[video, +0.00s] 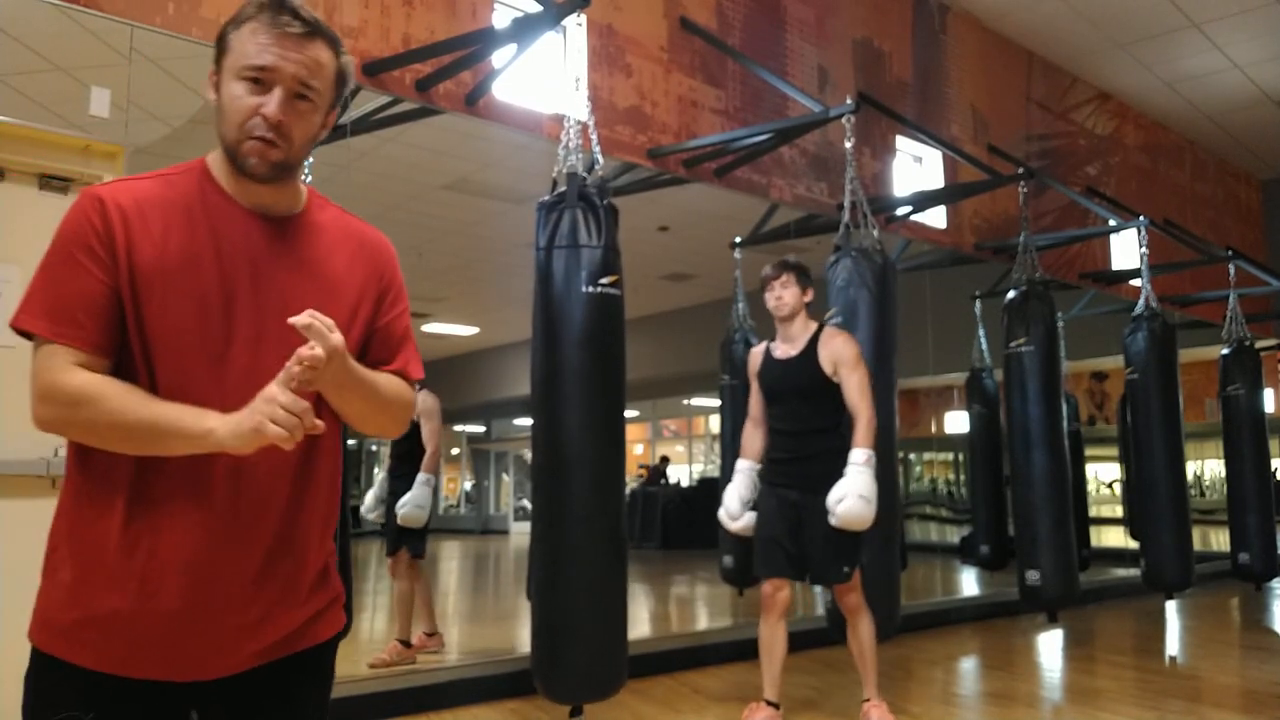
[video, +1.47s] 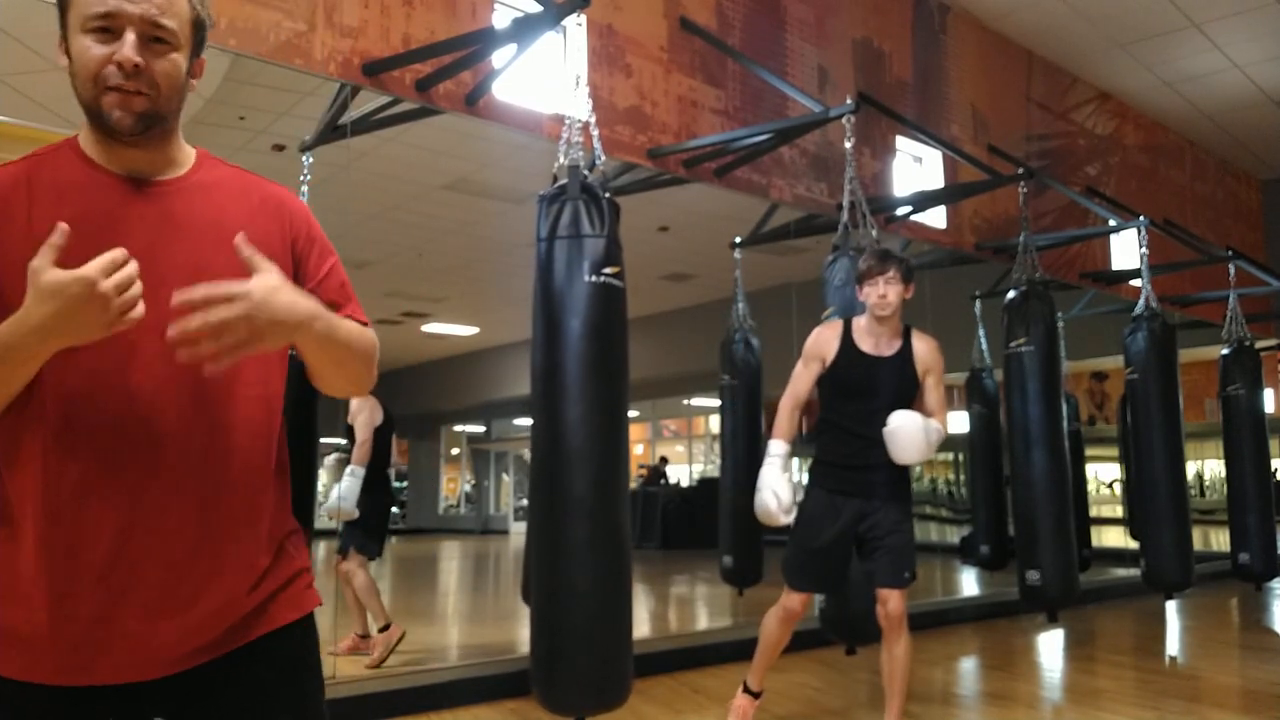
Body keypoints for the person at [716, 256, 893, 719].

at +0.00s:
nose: (776, 293)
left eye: (785, 285)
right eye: (770, 288)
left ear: (807, 294)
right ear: (765, 300)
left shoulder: (836, 343)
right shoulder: (760, 356)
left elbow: (864, 413)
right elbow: (755, 424)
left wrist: (860, 472)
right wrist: (742, 484)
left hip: (831, 489)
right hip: (777, 491)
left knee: (849, 598)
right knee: (773, 597)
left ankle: (872, 699)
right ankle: (769, 704)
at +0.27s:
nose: (766, 293)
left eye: (775, 285)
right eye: (758, 287)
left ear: (794, 292)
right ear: (751, 298)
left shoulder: (824, 340)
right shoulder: (744, 352)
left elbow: (855, 407)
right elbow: (737, 419)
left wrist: (851, 462)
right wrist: (728, 476)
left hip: (821, 487)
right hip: (766, 491)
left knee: (837, 597)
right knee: (768, 599)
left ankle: (871, 687)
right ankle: (768, 703)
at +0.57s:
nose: (792, 290)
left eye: (801, 282)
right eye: (784, 283)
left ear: (820, 291)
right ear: (774, 294)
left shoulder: (849, 341)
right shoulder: (760, 349)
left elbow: (877, 407)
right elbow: (744, 416)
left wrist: (873, 457)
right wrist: (730, 472)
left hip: (841, 491)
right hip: (780, 493)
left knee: (861, 600)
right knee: (774, 601)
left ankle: (887, 711)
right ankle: (769, 705)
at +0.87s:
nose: (858, 292)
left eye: (868, 284)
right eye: (849, 284)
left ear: (885, 292)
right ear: (837, 292)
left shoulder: (904, 350)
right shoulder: (808, 344)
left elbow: (928, 420)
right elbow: (777, 409)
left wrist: (909, 443)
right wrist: (761, 469)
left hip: (877, 499)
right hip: (817, 497)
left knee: (889, 607)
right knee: (786, 606)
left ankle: (892, 715)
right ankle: (747, 690)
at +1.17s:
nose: (879, 295)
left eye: (889, 286)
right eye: (870, 286)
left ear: (907, 293)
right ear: (859, 292)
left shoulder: (923, 352)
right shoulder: (829, 339)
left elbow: (935, 421)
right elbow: (791, 405)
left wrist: (923, 437)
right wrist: (776, 467)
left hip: (887, 498)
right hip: (829, 495)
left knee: (894, 609)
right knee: (792, 605)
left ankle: (893, 716)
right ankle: (747, 690)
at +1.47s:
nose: (881, 292)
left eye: (890, 282)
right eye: (871, 283)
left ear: (907, 290)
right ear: (859, 290)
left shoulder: (923, 350)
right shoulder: (829, 337)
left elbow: (937, 419)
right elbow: (791, 403)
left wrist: (925, 434)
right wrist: (775, 465)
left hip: (887, 496)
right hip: (829, 493)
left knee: (893, 609)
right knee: (793, 605)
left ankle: (894, 716)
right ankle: (751, 690)